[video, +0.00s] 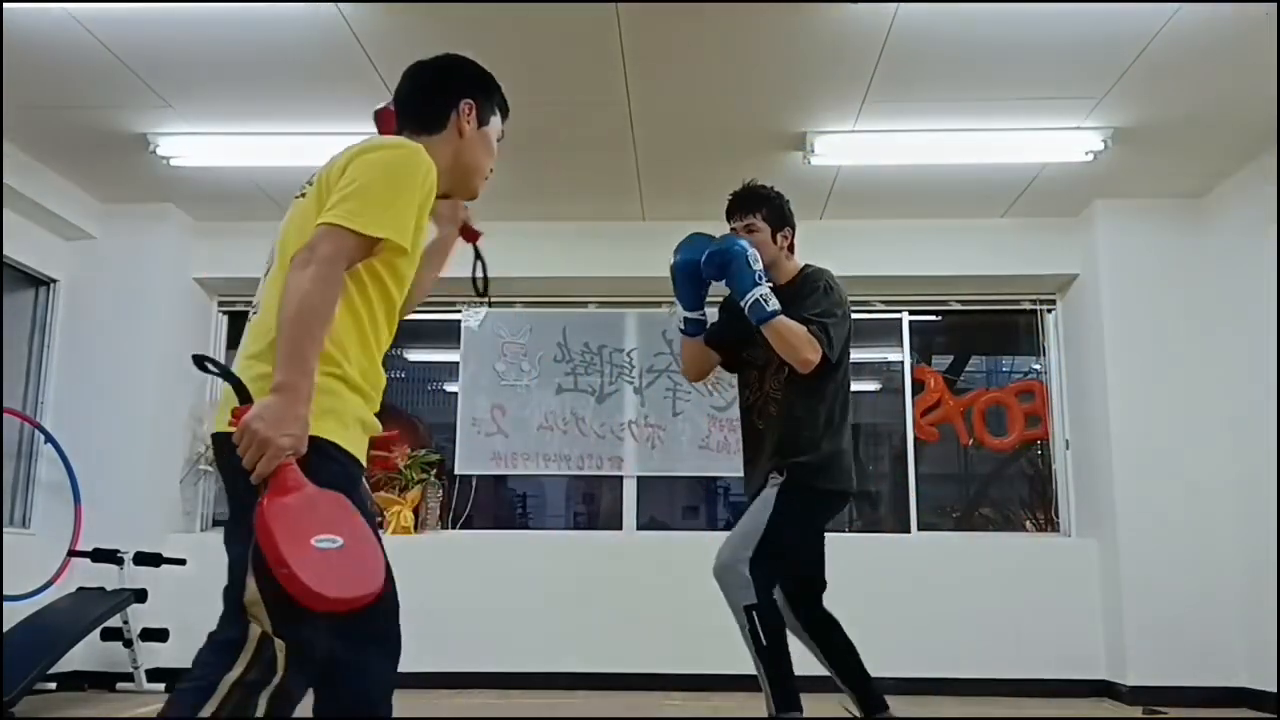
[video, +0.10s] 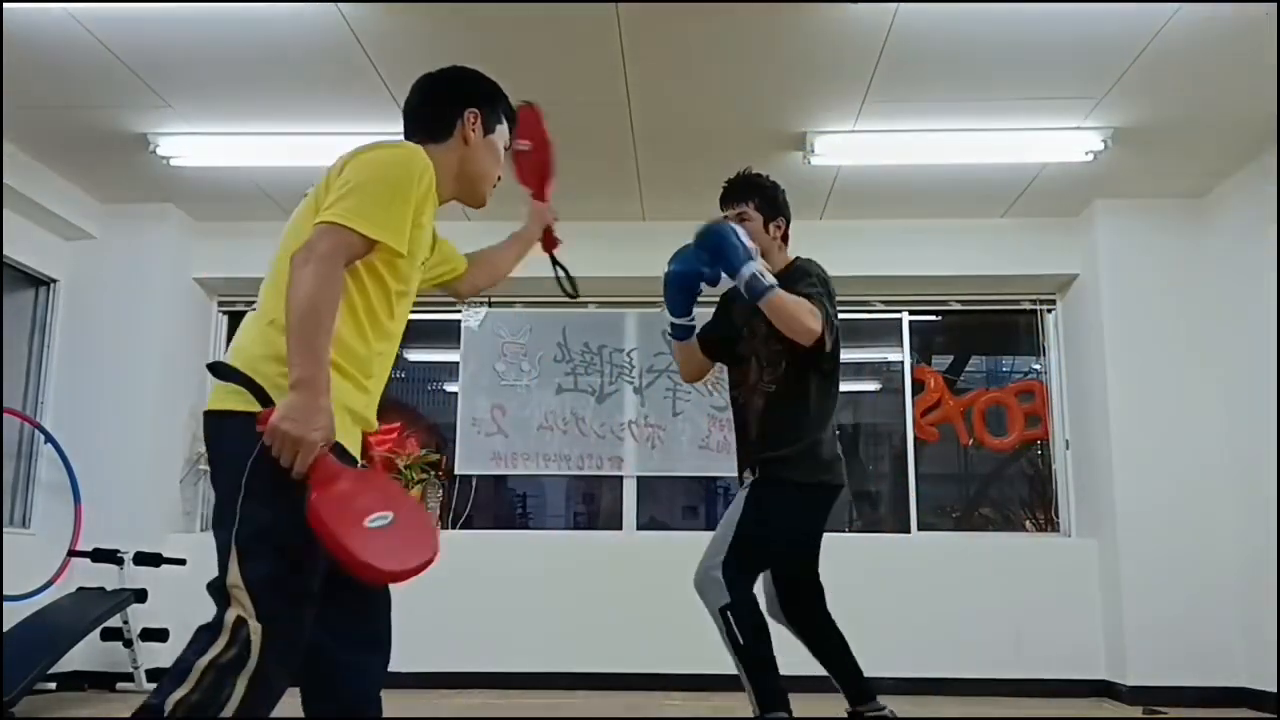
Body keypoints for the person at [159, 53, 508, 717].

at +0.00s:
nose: (495, 158)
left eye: (499, 141)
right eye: (497, 136)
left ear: (424, 116)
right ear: (465, 118)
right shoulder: (401, 160)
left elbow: (385, 313)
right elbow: (319, 265)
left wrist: (448, 234)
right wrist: (288, 400)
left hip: (301, 434)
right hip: (305, 433)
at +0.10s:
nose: (505, 167)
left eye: (508, 152)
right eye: (503, 145)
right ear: (469, 127)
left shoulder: (418, 228)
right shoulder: (400, 164)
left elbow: (467, 279)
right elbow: (318, 261)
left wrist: (531, 235)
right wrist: (309, 393)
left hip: (334, 441)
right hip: (274, 420)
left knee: (351, 639)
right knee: (261, 631)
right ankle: (167, 712)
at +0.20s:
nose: (504, 173)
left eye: (507, 156)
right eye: (503, 149)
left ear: (460, 137)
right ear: (470, 134)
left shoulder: (434, 234)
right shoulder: (393, 166)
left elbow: (492, 273)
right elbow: (308, 256)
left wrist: (577, 263)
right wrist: (316, 387)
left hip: (323, 436)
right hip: (263, 418)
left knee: (354, 623)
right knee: (252, 623)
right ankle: (140, 706)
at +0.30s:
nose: (498, 168)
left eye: (502, 151)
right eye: (497, 145)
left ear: (455, 130)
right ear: (461, 127)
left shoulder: (409, 231)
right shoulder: (380, 165)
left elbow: (423, 329)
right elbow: (289, 262)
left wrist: (519, 326)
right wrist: (313, 392)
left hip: (314, 443)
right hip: (256, 424)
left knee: (351, 638)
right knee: (215, 634)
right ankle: (81, 711)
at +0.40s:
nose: (485, 164)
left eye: (489, 148)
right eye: (484, 141)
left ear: (440, 125)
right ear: (445, 122)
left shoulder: (387, 216)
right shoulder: (360, 164)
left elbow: (331, 344)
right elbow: (268, 270)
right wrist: (296, 407)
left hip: (304, 455)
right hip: (238, 433)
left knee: (345, 663)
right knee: (177, 656)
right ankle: (48, 708)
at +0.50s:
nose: (464, 164)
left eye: (468, 147)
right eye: (463, 140)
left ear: (416, 123)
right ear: (425, 120)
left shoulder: (361, 213)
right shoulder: (336, 162)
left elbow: (292, 349)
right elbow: (241, 275)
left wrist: (308, 452)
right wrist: (274, 416)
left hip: (271, 458)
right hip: (212, 442)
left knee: (335, 675)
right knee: (155, 670)